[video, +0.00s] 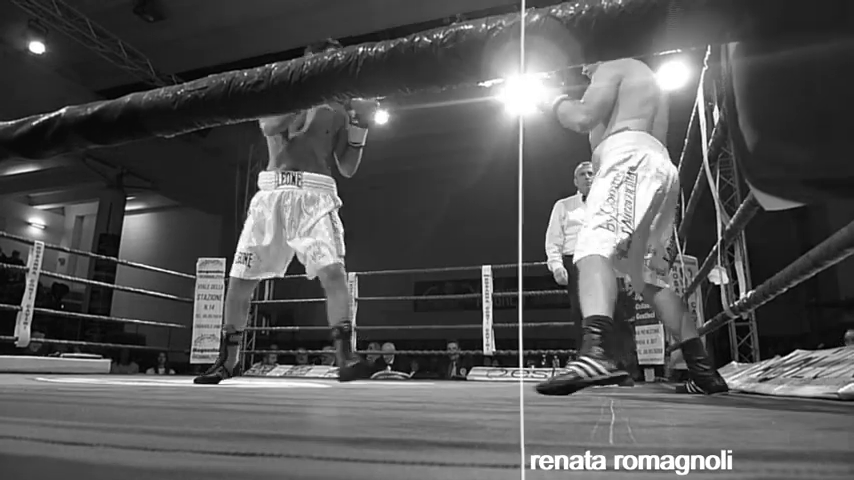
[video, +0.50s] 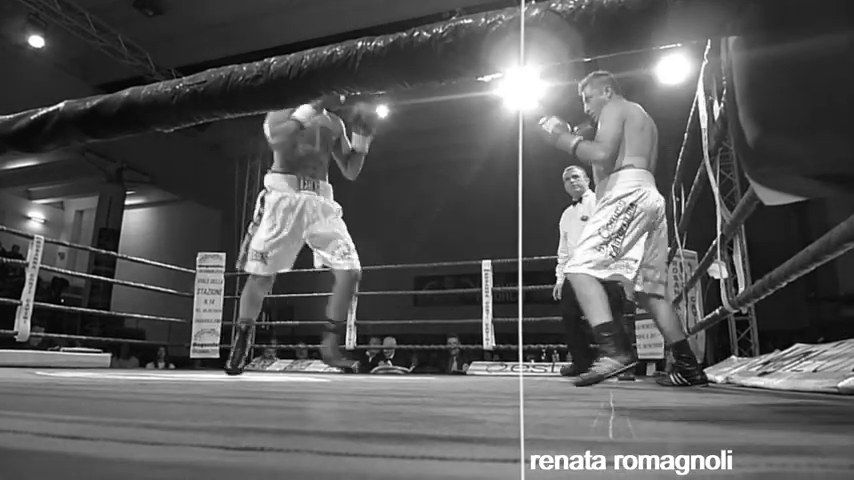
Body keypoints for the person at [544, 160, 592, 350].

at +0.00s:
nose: (587, 177)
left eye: (590, 173)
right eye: (582, 174)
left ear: (596, 177)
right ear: (575, 181)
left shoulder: (604, 203)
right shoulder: (563, 206)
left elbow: (615, 233)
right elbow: (553, 240)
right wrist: (556, 265)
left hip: (601, 259)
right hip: (574, 261)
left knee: (603, 306)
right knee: (581, 310)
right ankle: (584, 353)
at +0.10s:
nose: (589, 178)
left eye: (592, 175)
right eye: (584, 176)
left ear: (599, 179)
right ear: (577, 182)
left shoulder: (606, 206)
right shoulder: (566, 209)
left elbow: (616, 235)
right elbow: (555, 242)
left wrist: (615, 259)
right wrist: (558, 267)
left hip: (603, 260)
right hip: (577, 262)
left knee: (609, 310)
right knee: (582, 314)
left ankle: (615, 360)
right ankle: (589, 363)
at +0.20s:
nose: (588, 179)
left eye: (592, 174)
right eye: (584, 176)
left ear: (599, 178)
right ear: (578, 182)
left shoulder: (608, 205)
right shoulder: (569, 210)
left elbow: (617, 234)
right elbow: (560, 242)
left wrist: (618, 261)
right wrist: (560, 269)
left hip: (607, 263)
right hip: (579, 266)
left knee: (619, 315)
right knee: (580, 318)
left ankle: (621, 368)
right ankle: (593, 370)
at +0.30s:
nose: (586, 178)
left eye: (589, 174)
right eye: (581, 176)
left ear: (597, 177)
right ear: (575, 183)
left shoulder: (608, 202)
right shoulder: (569, 209)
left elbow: (617, 233)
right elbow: (561, 242)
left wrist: (616, 261)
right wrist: (560, 270)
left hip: (605, 263)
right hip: (578, 266)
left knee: (617, 314)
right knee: (580, 317)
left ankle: (622, 367)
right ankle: (593, 367)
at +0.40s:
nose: (581, 175)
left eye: (585, 171)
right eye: (576, 173)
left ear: (594, 174)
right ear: (572, 181)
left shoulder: (607, 200)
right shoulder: (569, 208)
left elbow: (615, 232)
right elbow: (562, 242)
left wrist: (612, 260)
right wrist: (559, 270)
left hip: (603, 259)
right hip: (577, 261)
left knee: (616, 309)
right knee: (575, 312)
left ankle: (622, 362)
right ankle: (588, 362)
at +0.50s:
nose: (573, 181)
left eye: (577, 177)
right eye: (568, 179)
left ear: (588, 180)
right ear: (564, 187)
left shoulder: (600, 205)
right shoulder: (567, 215)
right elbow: (562, 252)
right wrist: (560, 279)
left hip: (603, 270)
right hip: (574, 273)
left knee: (613, 316)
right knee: (571, 317)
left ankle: (624, 362)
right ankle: (580, 359)